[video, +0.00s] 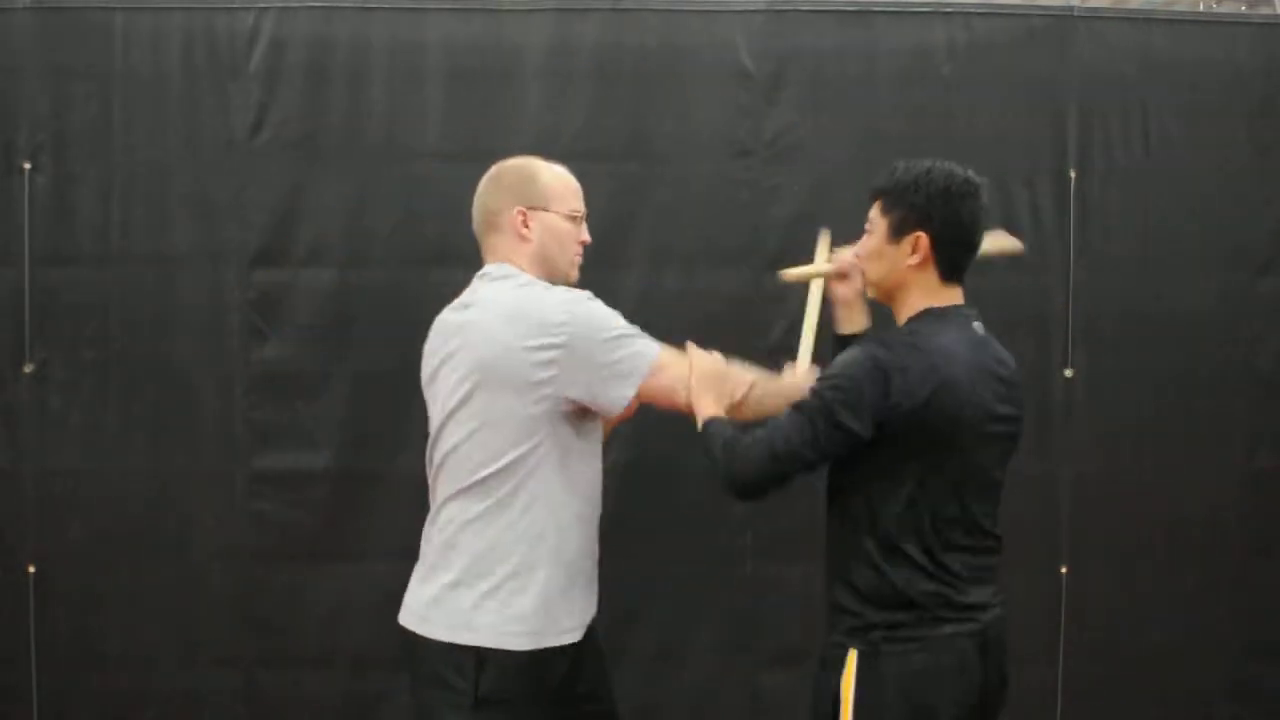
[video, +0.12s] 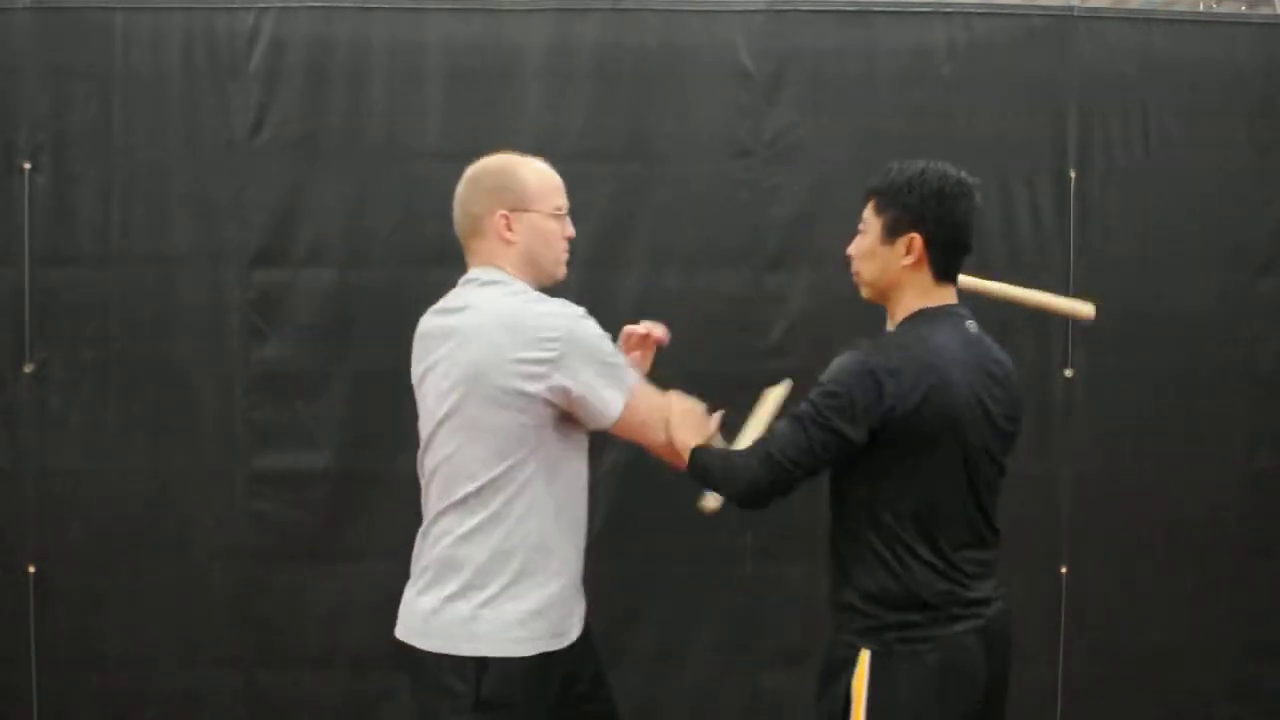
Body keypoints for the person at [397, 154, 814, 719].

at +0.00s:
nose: (587, 237)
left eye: (584, 221)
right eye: (574, 218)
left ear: (525, 225)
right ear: (525, 223)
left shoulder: (454, 323)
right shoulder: (557, 317)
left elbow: (570, 431)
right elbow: (695, 385)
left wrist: (652, 372)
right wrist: (791, 389)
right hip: (517, 641)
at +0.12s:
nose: (572, 232)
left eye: (568, 216)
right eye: (558, 215)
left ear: (507, 225)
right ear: (507, 225)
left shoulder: (437, 323)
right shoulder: (553, 327)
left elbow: (532, 424)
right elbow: (672, 436)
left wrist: (620, 376)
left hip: (437, 635)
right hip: (523, 646)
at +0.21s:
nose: (556, 228)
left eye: (552, 212)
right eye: (543, 211)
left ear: (487, 225)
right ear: (490, 224)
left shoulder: (439, 312)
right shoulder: (534, 329)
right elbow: (646, 430)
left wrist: (649, 343)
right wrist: (689, 423)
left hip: (437, 631)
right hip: (510, 644)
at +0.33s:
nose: (534, 219)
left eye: (528, 202)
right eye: (517, 203)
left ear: (462, 221)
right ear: (462, 220)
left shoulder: (484, 285)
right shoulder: (476, 315)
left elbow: (616, 265)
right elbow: (640, 372)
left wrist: (749, 297)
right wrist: (688, 346)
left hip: (524, 621)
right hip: (463, 645)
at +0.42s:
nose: (520, 215)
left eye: (514, 197)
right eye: (502, 199)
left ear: (447, 219)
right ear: (445, 217)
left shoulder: (481, 277)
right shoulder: (460, 310)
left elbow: (613, 256)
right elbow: (640, 329)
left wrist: (736, 265)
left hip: (517, 613)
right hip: (454, 635)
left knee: (573, 706)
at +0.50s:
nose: (512, 213)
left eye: (507, 195)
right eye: (493, 197)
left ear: (436, 219)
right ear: (432, 216)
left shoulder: (480, 281)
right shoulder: (428, 311)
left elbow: (600, 258)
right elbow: (613, 335)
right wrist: (652, 289)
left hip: (527, 622)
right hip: (443, 641)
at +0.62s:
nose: (498, 220)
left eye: (498, 204)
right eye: (477, 203)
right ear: (416, 217)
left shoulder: (506, 299)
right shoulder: (385, 320)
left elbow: (640, 343)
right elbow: (558, 384)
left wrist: (562, 281)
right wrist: (641, 244)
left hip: (535, 630)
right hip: (432, 647)